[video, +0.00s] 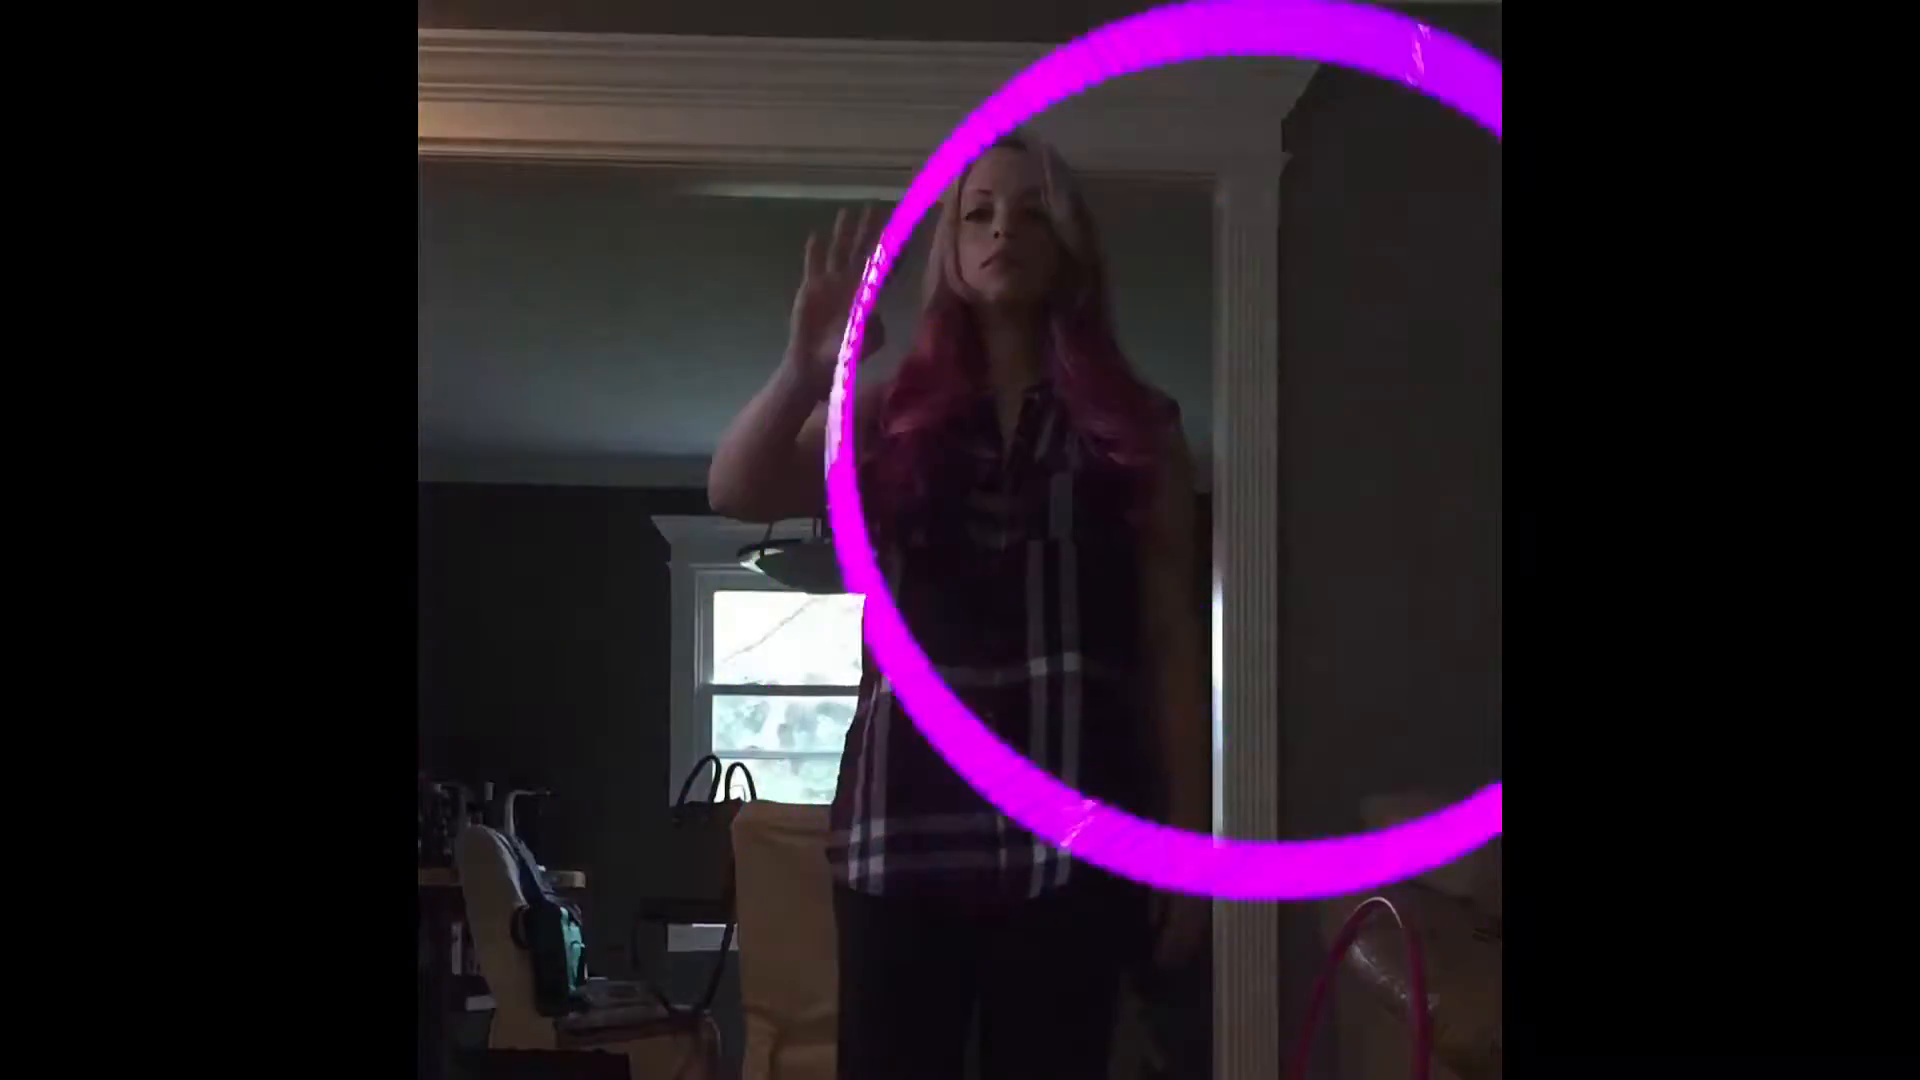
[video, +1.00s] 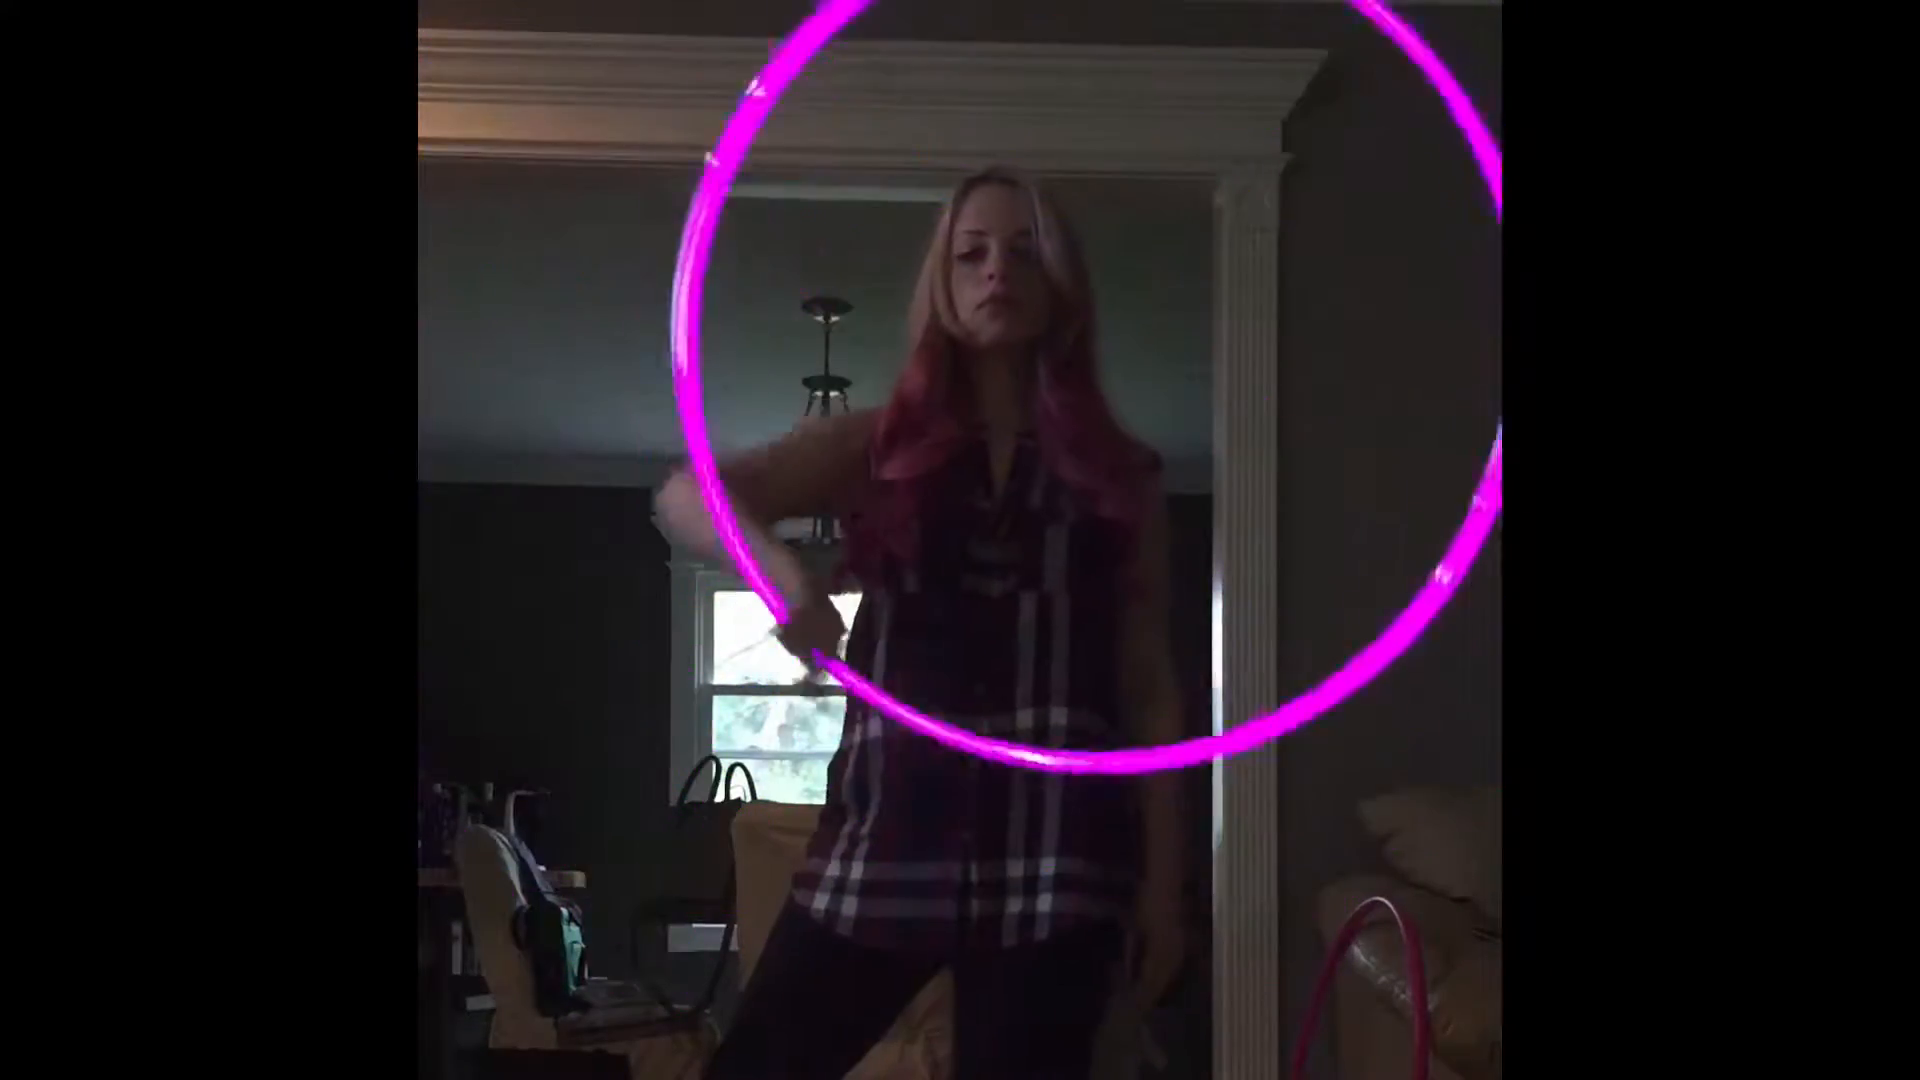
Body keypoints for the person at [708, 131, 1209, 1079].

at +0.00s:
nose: (1004, 229)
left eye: (1031, 209)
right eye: (980, 214)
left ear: (1072, 244)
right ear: (950, 250)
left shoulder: (1134, 422)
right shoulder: (896, 407)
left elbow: (1173, 643)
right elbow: (738, 491)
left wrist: (1187, 840)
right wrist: (803, 368)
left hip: (1082, 850)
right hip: (907, 850)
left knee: (1053, 1070)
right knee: (893, 1067)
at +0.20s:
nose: (1011, 231)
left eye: (1037, 212)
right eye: (987, 214)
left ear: (1075, 245)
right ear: (953, 247)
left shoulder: (1137, 422)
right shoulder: (904, 404)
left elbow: (1176, 637)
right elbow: (733, 491)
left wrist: (1189, 827)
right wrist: (849, 401)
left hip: (1078, 840)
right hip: (908, 838)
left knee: (1055, 1068)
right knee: (879, 1067)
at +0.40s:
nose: (1016, 237)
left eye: (1041, 218)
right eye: (992, 219)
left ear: (1080, 246)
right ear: (959, 250)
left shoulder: (1137, 422)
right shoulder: (900, 401)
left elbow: (1174, 639)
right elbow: (800, 494)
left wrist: (1187, 835)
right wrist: (964, 458)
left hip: (1082, 820)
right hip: (911, 814)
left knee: (1053, 1067)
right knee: (822, 1064)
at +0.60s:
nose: (1014, 244)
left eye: (1039, 225)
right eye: (990, 229)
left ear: (1082, 252)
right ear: (957, 265)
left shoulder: (1137, 436)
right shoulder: (921, 410)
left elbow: (1173, 652)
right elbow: (811, 461)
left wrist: (1190, 864)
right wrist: (983, 363)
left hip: (1076, 835)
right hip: (905, 826)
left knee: (1045, 1071)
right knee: (778, 1059)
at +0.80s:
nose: (1002, 272)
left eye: (1030, 252)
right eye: (978, 256)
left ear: (1074, 286)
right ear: (947, 291)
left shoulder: (1133, 470)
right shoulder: (894, 439)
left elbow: (1175, 686)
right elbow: (705, 440)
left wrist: (1187, 883)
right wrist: (775, 338)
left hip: (1071, 866)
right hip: (894, 855)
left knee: (1034, 1068)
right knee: (754, 1064)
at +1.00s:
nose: (998, 269)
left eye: (1024, 249)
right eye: (974, 251)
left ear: (1063, 279)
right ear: (940, 283)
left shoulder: (1118, 471)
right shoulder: (883, 442)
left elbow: (1152, 687)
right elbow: (684, 497)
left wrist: (1164, 891)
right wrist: (782, 574)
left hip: (1055, 869)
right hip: (888, 852)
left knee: (1021, 1070)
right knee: (750, 1068)